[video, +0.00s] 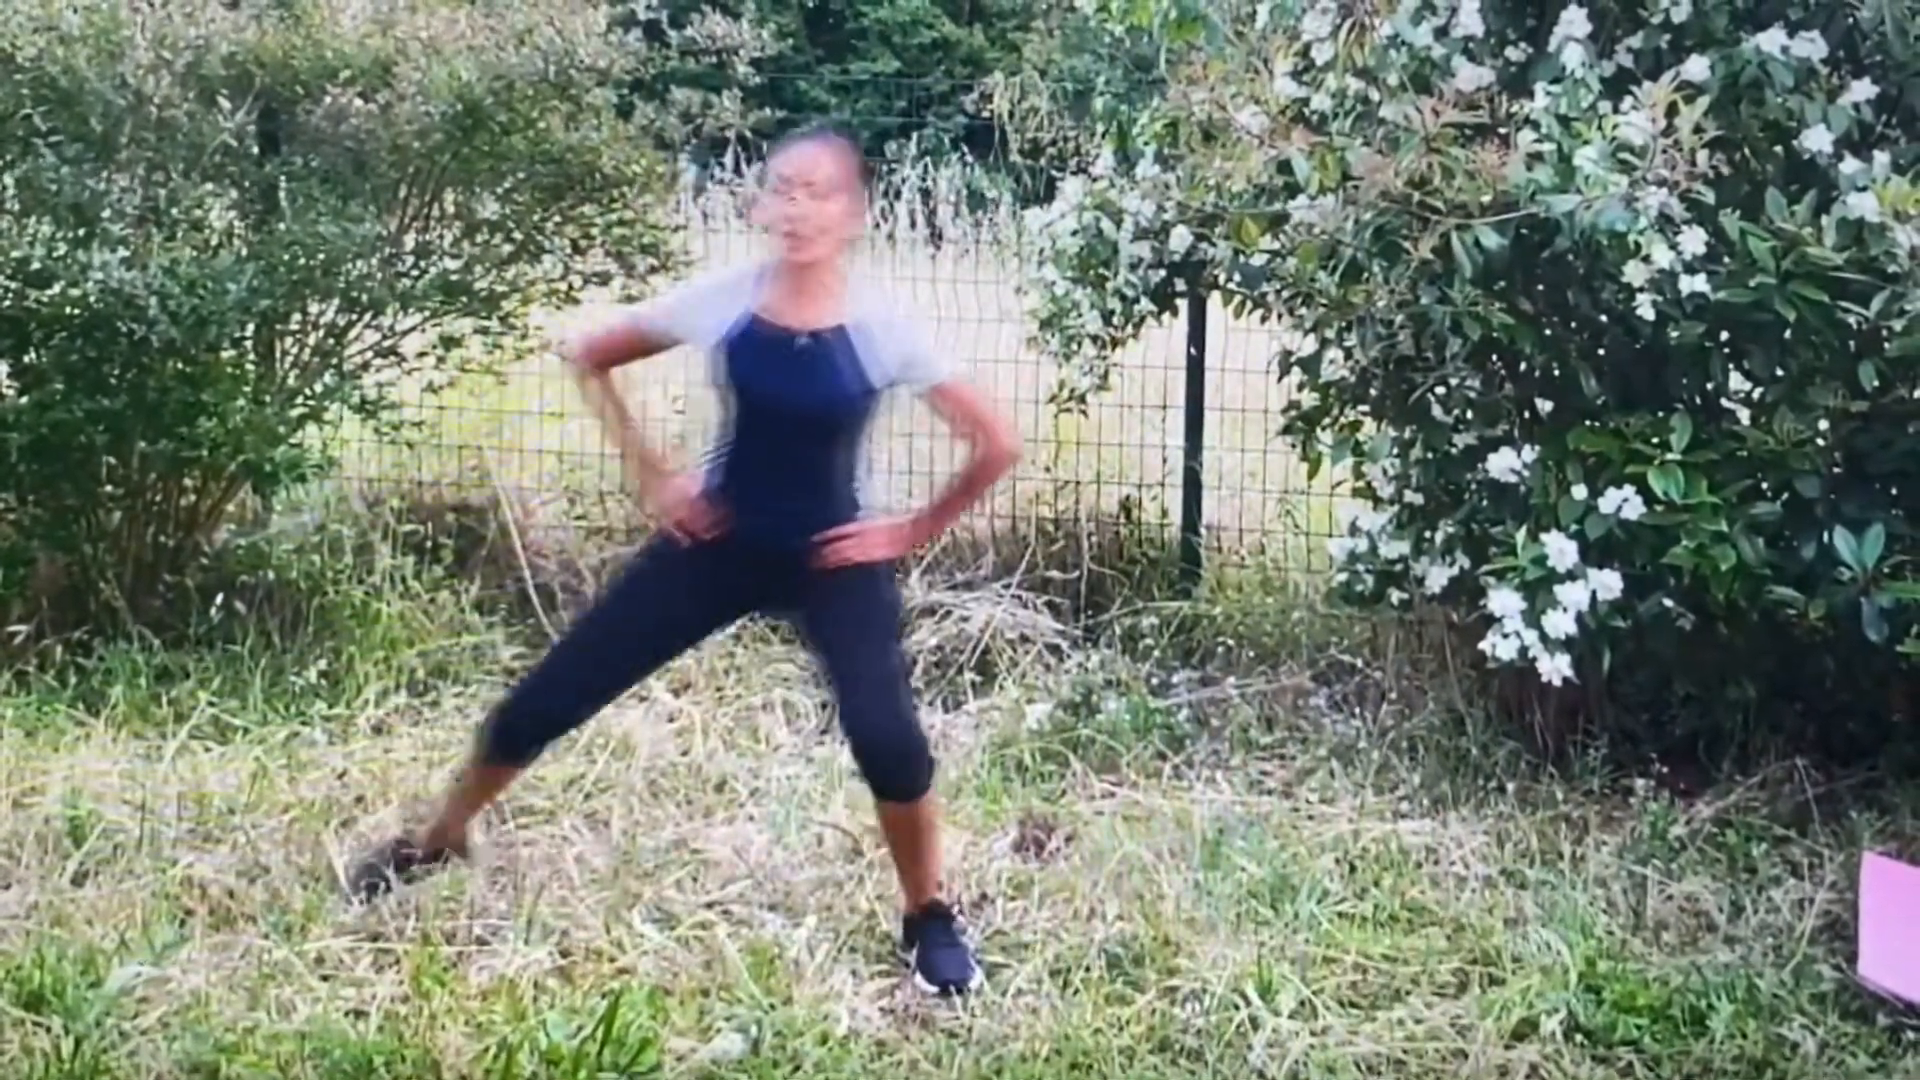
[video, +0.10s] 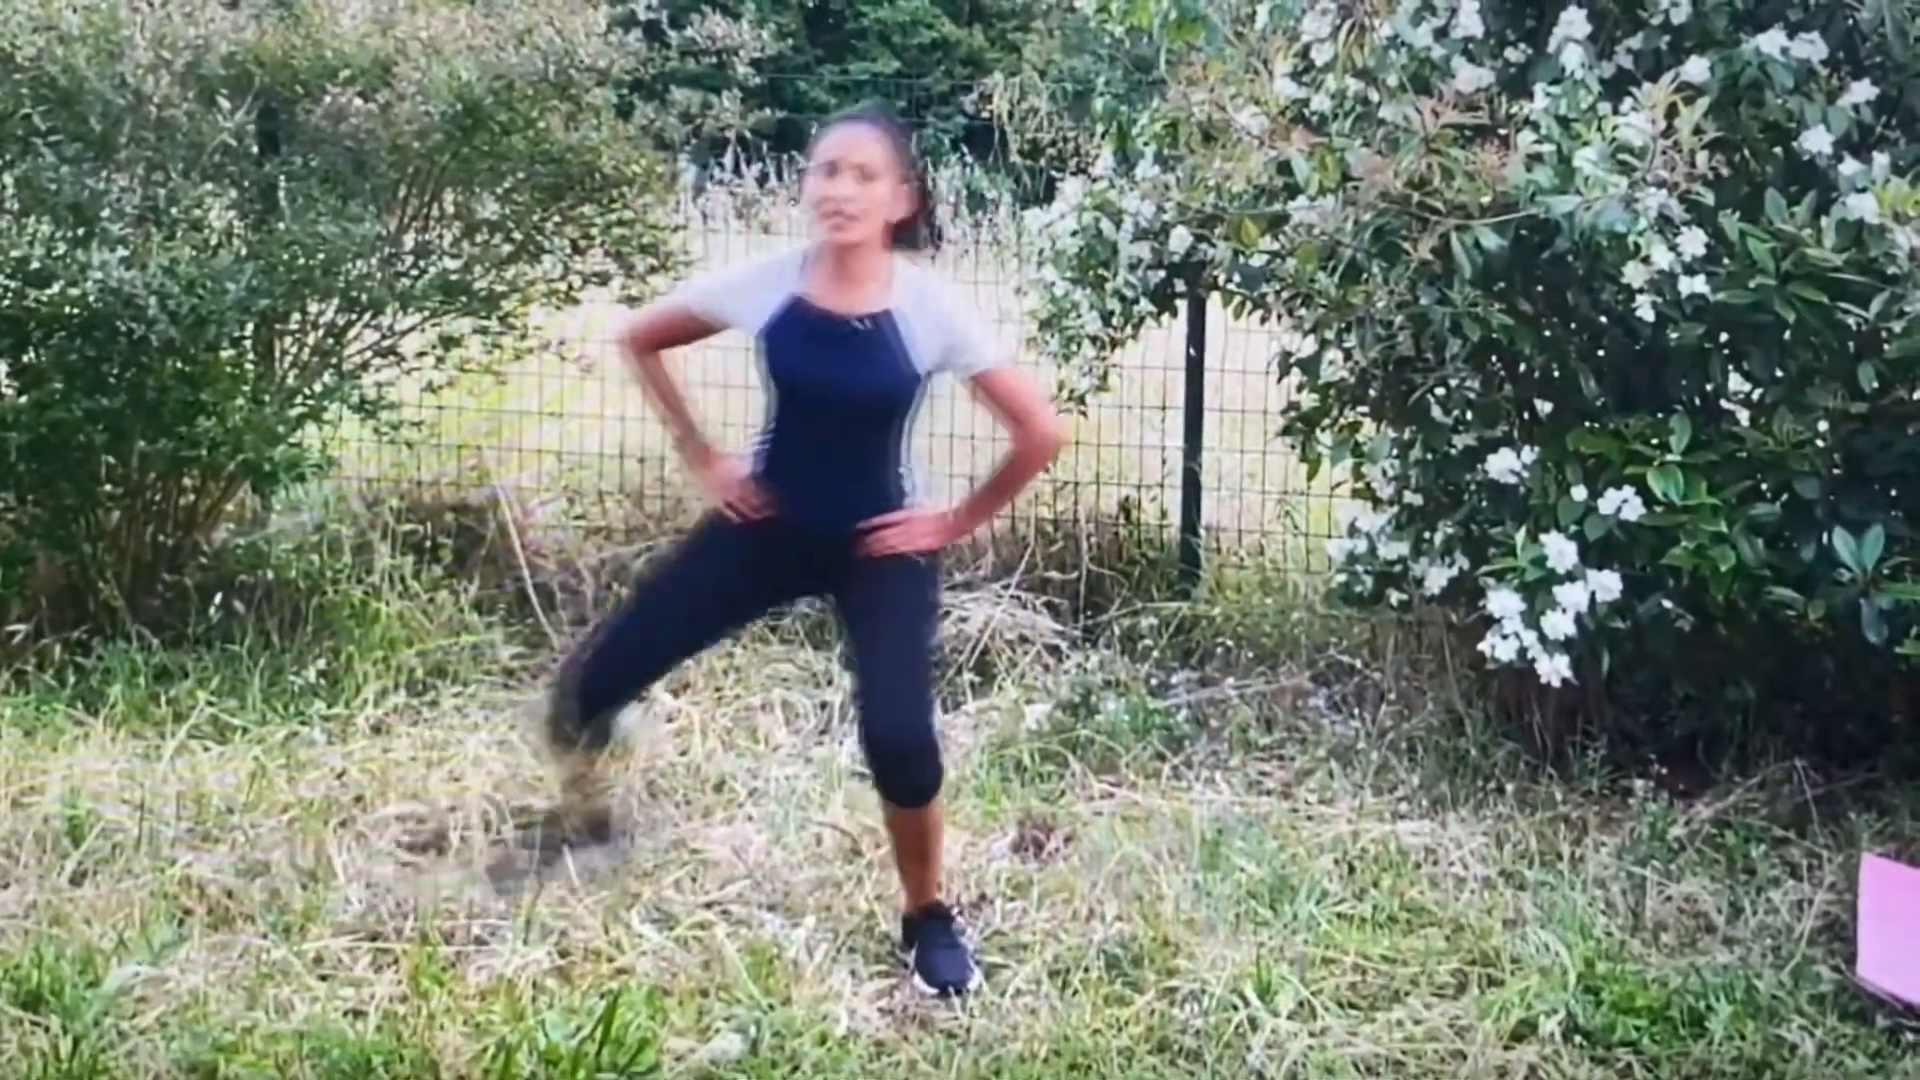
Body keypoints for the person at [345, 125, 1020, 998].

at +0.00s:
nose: (796, 209)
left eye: (819, 193)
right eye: (783, 190)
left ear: (857, 215)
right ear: (762, 206)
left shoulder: (881, 328)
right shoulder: (723, 303)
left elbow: (1000, 444)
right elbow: (586, 355)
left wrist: (913, 531)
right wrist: (654, 474)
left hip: (838, 565)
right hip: (717, 550)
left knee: (893, 746)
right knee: (534, 710)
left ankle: (930, 917)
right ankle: (437, 841)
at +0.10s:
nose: (840, 189)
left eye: (864, 175)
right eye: (828, 171)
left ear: (903, 202)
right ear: (806, 189)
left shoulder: (931, 306)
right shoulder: (768, 284)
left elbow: (1041, 435)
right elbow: (638, 339)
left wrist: (955, 523)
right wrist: (703, 457)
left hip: (883, 548)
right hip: (768, 529)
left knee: (901, 740)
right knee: (586, 689)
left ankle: (926, 914)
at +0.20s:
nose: (861, 180)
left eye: (885, 165)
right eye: (848, 162)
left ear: (924, 191)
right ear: (830, 180)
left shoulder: (953, 296)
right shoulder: (792, 277)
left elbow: (1069, 420)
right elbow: (671, 339)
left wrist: (987, 512)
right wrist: (744, 459)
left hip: (919, 540)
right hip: (804, 526)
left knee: (923, 741)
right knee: (675, 692)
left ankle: (930, 917)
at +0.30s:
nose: (869, 171)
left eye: (892, 158)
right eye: (858, 154)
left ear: (930, 188)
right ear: (838, 174)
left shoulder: (967, 287)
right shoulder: (803, 281)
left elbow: (1093, 396)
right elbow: (689, 355)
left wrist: (1018, 496)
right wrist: (772, 472)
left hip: (952, 534)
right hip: (836, 531)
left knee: (986, 738)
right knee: (757, 732)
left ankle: (950, 909)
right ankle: (840, 911)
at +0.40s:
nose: (884, 177)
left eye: (909, 164)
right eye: (872, 160)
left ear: (946, 196)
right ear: (849, 183)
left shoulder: (984, 290)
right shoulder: (821, 292)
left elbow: (1124, 386)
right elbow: (711, 383)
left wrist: (1057, 490)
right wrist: (801, 490)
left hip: (988, 538)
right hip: (868, 545)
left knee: (1084, 705)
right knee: (779, 743)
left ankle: (1064, 867)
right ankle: (844, 917)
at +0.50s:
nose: (906, 201)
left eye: (931, 187)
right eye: (896, 183)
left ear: (973, 220)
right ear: (875, 204)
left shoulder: (1014, 314)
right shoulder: (856, 321)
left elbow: (1158, 400)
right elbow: (747, 411)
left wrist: (1092, 510)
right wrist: (838, 517)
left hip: (1028, 563)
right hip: (907, 570)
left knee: (1171, 723)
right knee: (791, 756)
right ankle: (843, 929)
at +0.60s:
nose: (966, 235)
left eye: (988, 224)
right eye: (950, 225)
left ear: (1025, 263)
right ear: (927, 263)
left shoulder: (1069, 353)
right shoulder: (908, 367)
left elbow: (1203, 436)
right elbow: (797, 453)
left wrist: (1144, 549)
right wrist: (889, 558)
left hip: (1080, 605)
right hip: (959, 610)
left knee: (1244, 769)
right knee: (816, 781)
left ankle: (1392, 953)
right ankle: (843, 952)